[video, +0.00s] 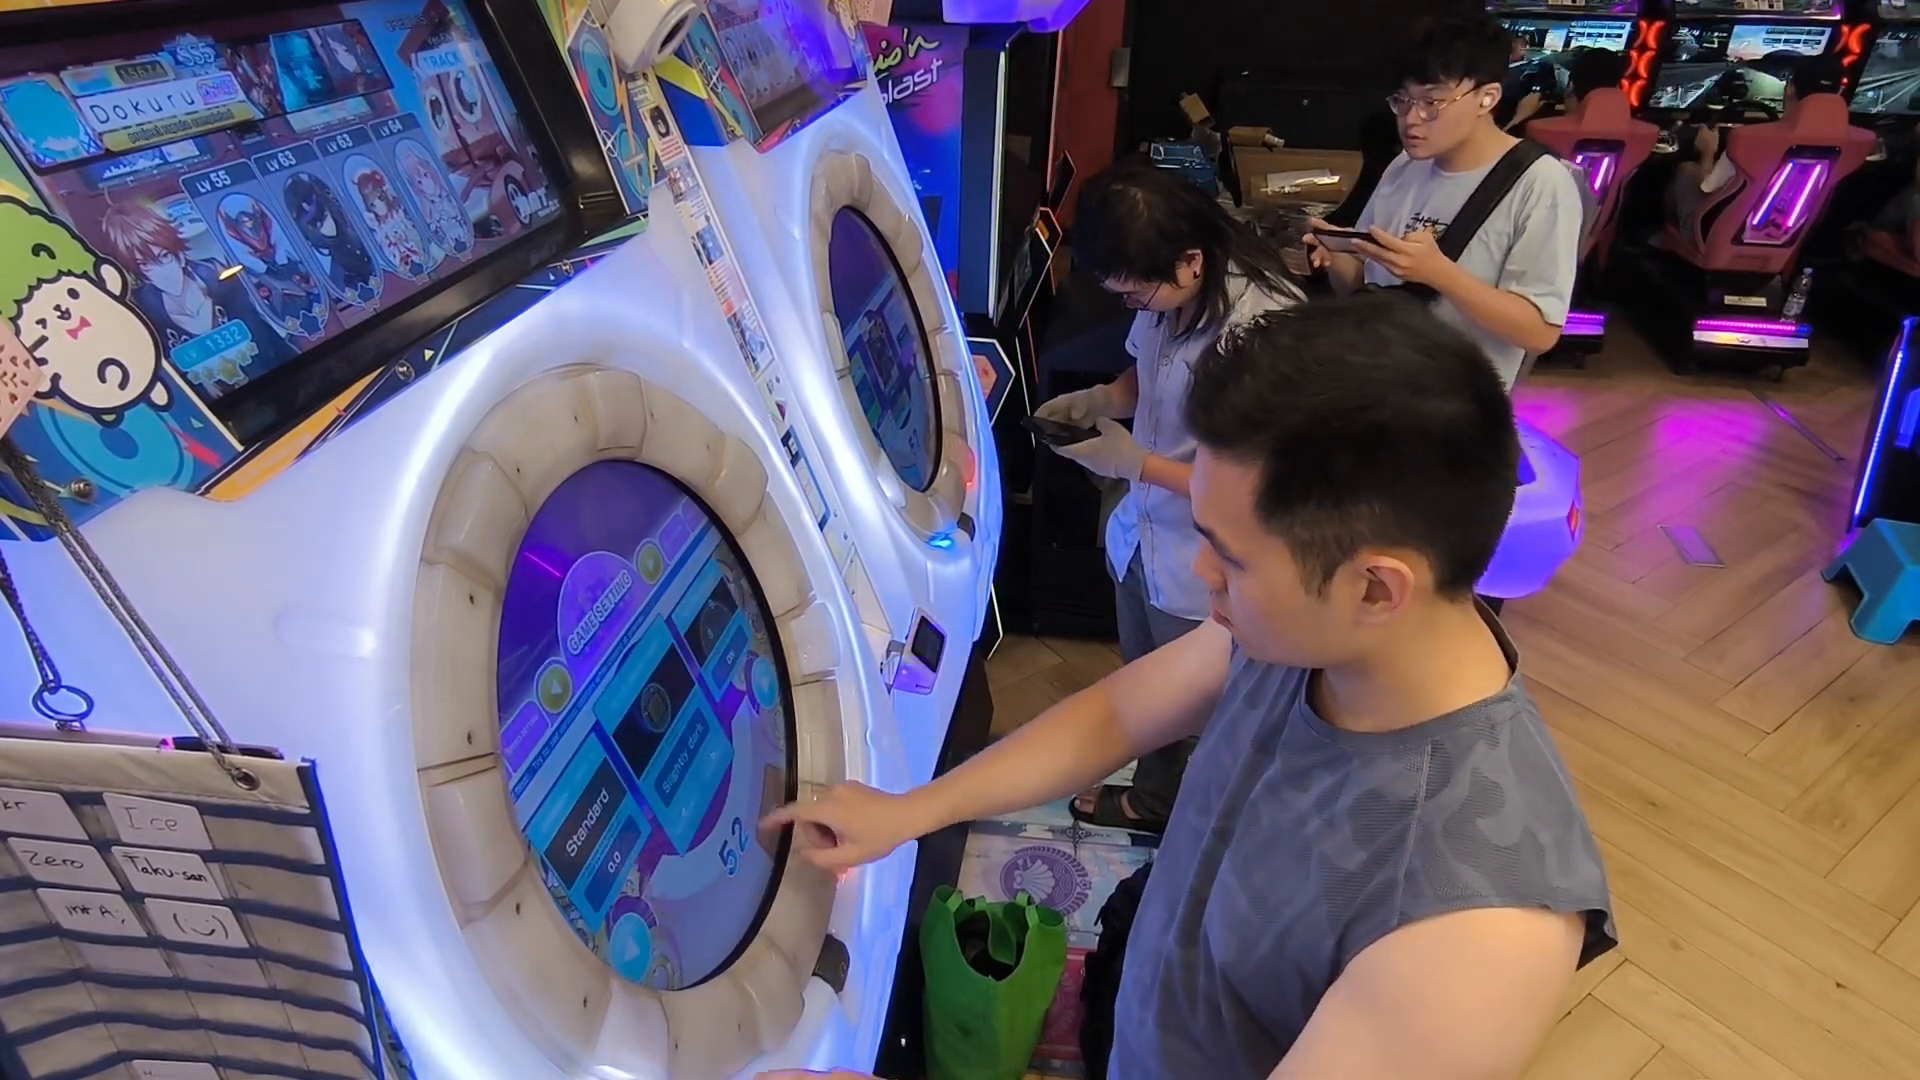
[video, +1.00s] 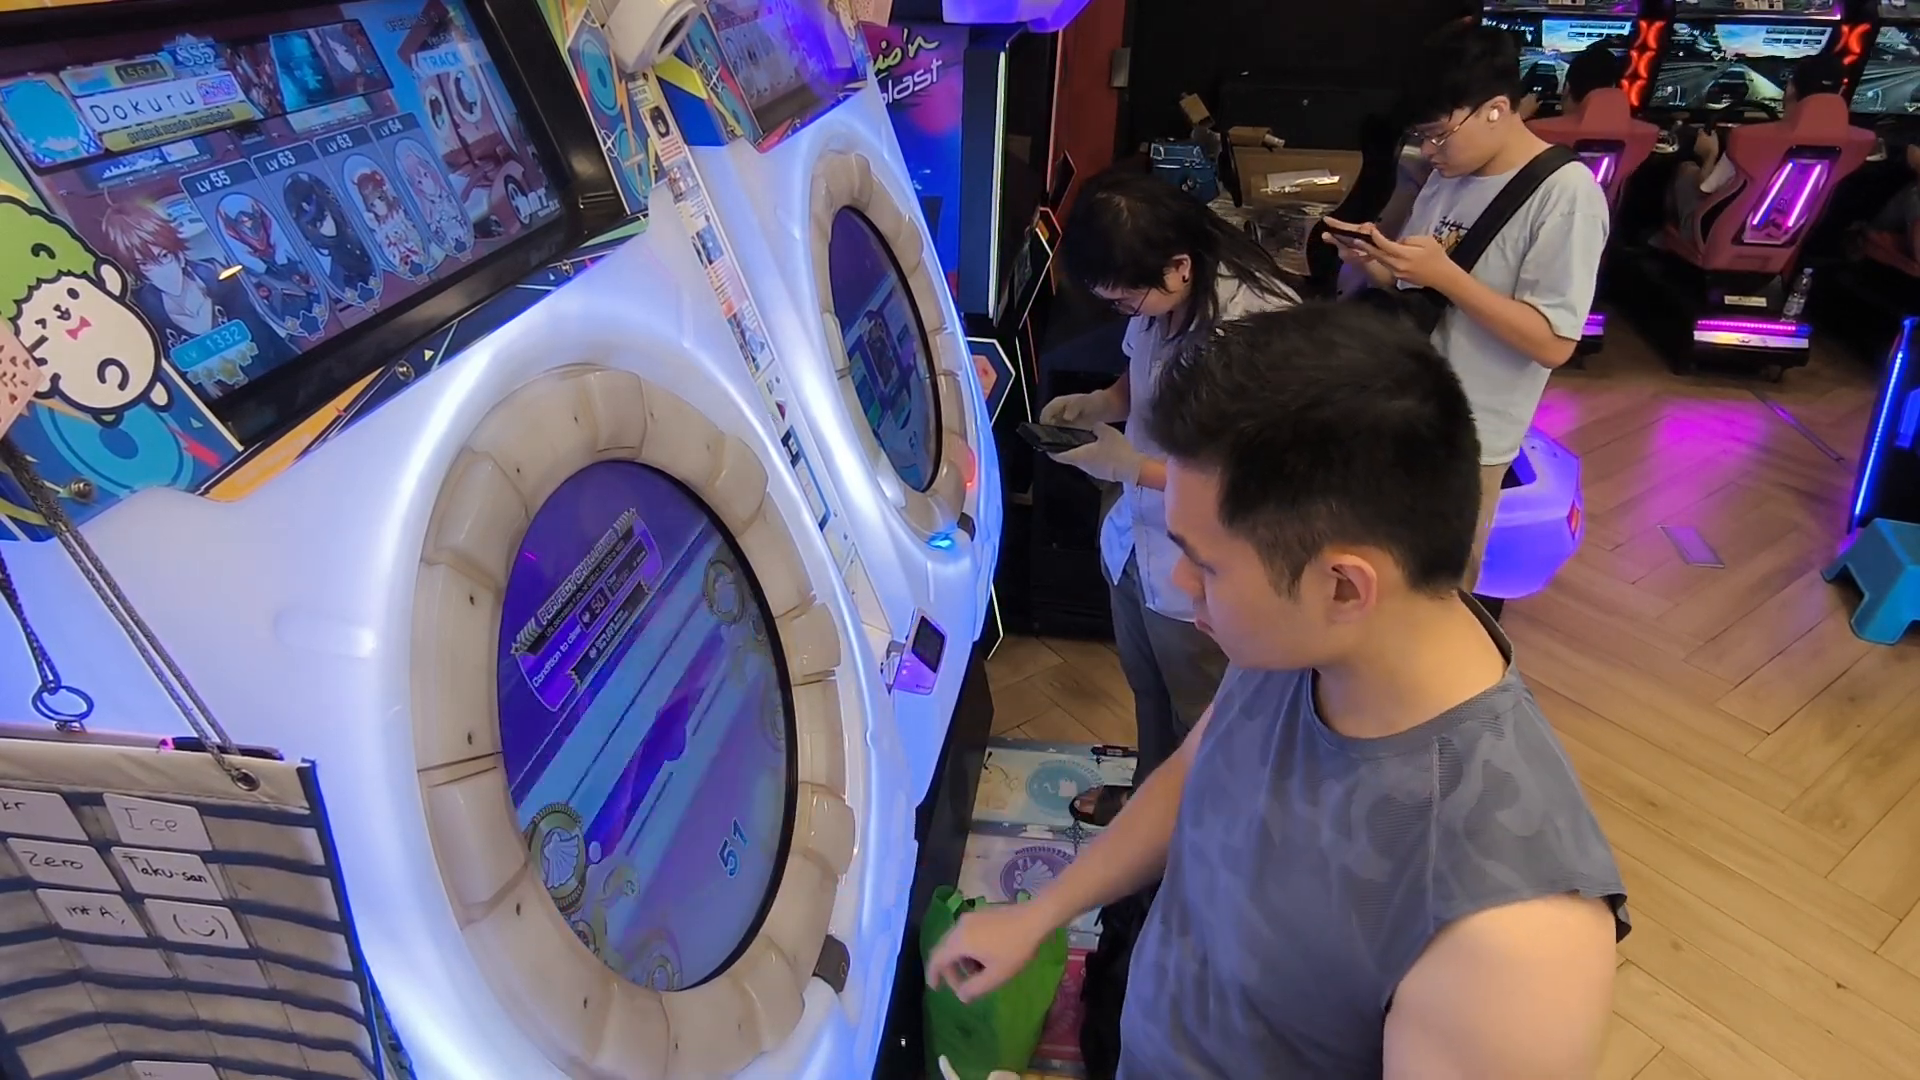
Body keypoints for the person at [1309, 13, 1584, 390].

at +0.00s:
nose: (1411, 118)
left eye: (1432, 102)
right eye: (1402, 100)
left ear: (1488, 98)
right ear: (1393, 97)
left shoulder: (1543, 184)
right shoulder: (1404, 168)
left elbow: (1541, 331)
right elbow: (1362, 282)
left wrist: (1439, 273)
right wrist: (1337, 256)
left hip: (1458, 411)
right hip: (1367, 383)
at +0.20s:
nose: (1422, 131)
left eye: (1440, 114)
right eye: (1413, 113)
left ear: (1500, 99)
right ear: (1404, 105)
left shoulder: (1557, 188)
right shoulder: (1420, 169)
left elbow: (1550, 335)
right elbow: (1374, 273)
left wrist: (1446, 274)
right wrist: (1347, 256)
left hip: (1466, 425)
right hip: (1377, 393)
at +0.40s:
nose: (1430, 145)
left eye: (1445, 126)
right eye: (1422, 127)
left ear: (1506, 105)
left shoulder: (1567, 188)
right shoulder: (1436, 171)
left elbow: (1556, 340)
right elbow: (1384, 280)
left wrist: (1450, 275)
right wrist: (1355, 259)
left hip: (1469, 441)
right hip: (1384, 408)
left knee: (1441, 606)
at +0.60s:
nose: (1434, 147)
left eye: (1448, 129)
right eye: (1427, 130)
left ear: (1508, 109)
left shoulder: (1573, 194)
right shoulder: (1449, 168)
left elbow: (1560, 344)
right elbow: (1406, 281)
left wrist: (1452, 275)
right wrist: (1371, 256)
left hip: (1471, 448)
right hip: (1391, 415)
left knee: (1441, 610)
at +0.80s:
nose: (1433, 149)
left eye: (1446, 132)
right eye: (1427, 133)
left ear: (1506, 110)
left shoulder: (1572, 192)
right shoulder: (1450, 171)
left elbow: (1559, 344)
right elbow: (1410, 286)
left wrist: (1449, 277)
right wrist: (1376, 262)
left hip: (1470, 448)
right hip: (1396, 418)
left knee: (1438, 613)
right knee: (1364, 599)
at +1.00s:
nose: (1427, 152)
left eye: (1438, 135)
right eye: (1422, 136)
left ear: (1497, 112)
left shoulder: (1568, 190)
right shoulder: (1448, 171)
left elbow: (1555, 343)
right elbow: (1406, 285)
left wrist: (1443, 275)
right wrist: (1373, 260)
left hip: (1471, 445)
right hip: (1393, 416)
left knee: (1443, 601)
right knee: (1367, 592)